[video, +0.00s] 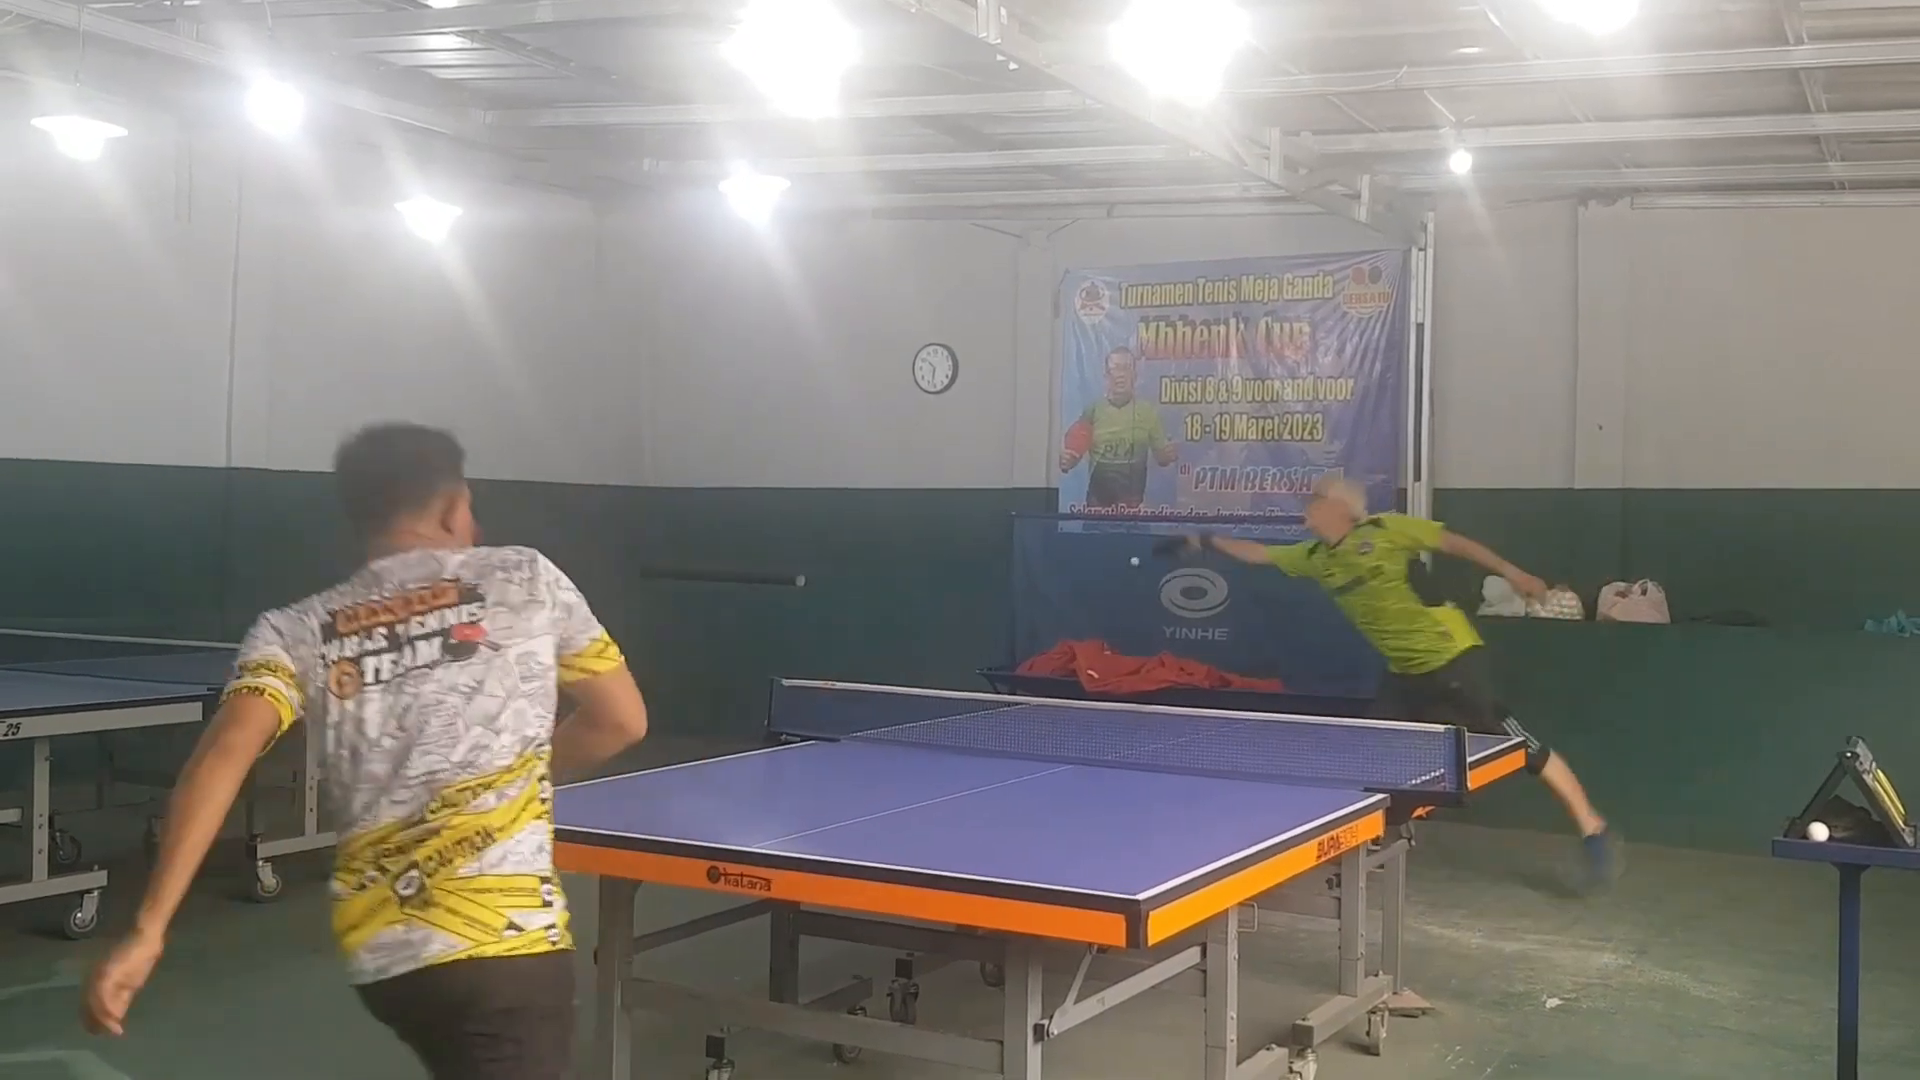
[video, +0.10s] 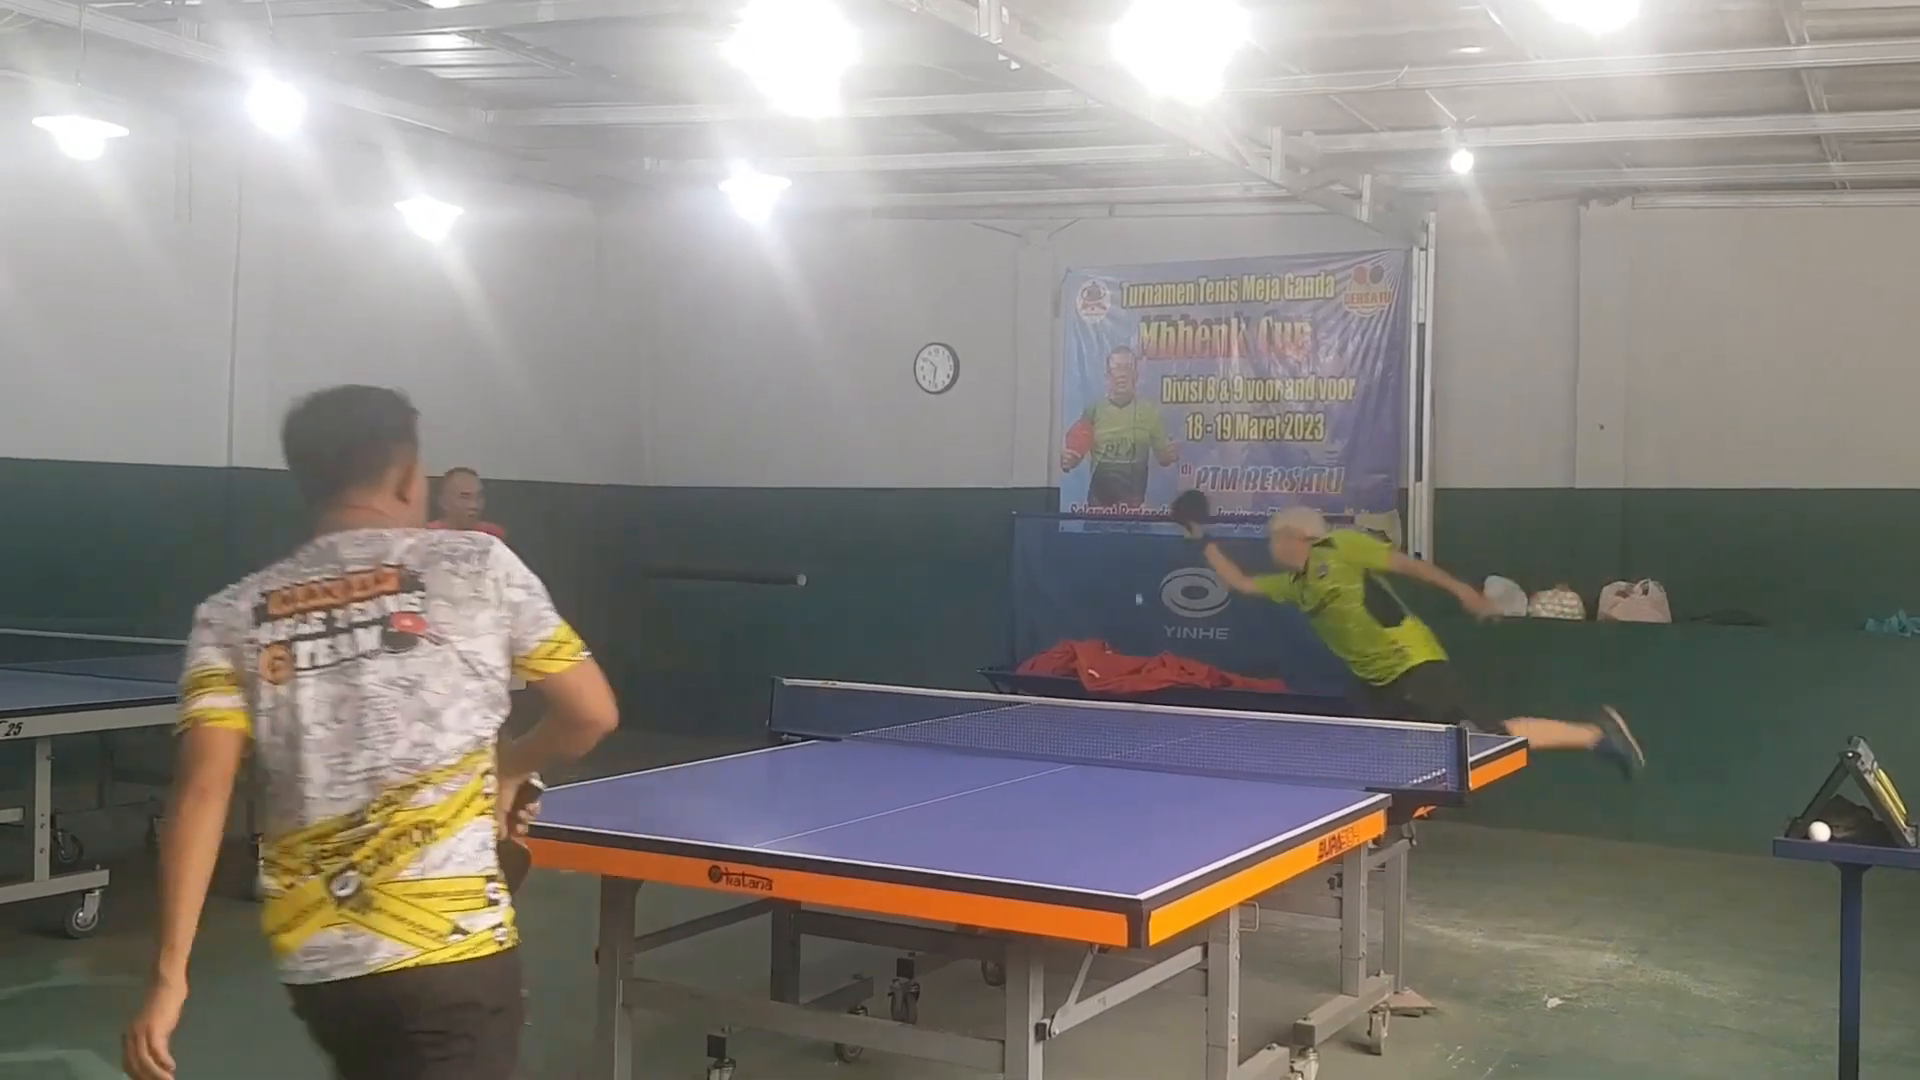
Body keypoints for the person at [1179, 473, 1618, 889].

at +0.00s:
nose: (1306, 515)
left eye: (1313, 505)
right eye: (1306, 507)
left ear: (1344, 506)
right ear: (1323, 514)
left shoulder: (1390, 529)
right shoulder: (1314, 557)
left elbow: (1457, 545)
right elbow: (1258, 555)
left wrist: (1515, 575)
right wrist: (1208, 541)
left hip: (1453, 656)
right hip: (1403, 671)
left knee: (1513, 739)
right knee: (1372, 748)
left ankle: (1592, 826)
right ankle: (1375, 836)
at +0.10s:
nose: (1272, 548)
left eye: (1276, 539)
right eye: (1271, 541)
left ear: (1301, 536)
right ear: (1289, 543)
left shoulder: (1342, 547)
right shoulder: (1294, 588)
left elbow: (1407, 566)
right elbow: (1238, 582)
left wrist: (1463, 591)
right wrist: (1200, 538)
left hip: (1417, 669)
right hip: (1376, 685)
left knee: (1482, 737)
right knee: (1364, 756)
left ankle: (1598, 735)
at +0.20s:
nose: (1245, 553)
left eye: (1247, 544)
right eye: (1243, 546)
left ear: (1264, 539)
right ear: (1264, 544)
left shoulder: (1298, 545)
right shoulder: (1282, 586)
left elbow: (1349, 569)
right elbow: (1269, 640)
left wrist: (1391, 613)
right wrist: (1222, 620)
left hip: (1382, 655)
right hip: (1355, 675)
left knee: (1414, 737)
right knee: (1353, 748)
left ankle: (1512, 706)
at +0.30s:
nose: (1219, 544)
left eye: (1219, 535)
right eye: (1218, 536)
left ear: (1233, 529)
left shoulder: (1267, 533)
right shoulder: (1262, 566)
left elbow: (1314, 556)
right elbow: (1303, 627)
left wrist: (1352, 598)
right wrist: (1286, 684)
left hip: (1346, 642)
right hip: (1322, 650)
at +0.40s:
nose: (1200, 523)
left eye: (1199, 514)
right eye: (1198, 515)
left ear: (1212, 509)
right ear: (1228, 505)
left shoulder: (1238, 523)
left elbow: (1282, 544)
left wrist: (1329, 577)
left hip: (1298, 641)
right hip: (1332, 644)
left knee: (1274, 726)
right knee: (1333, 730)